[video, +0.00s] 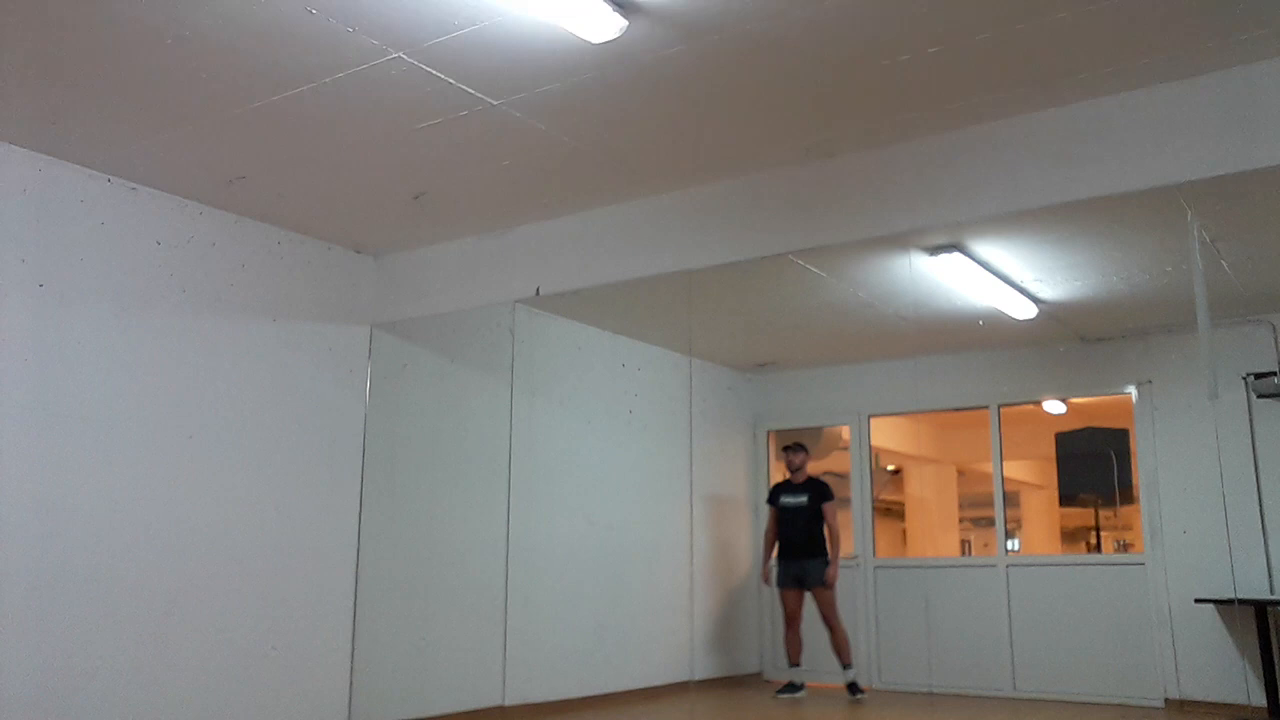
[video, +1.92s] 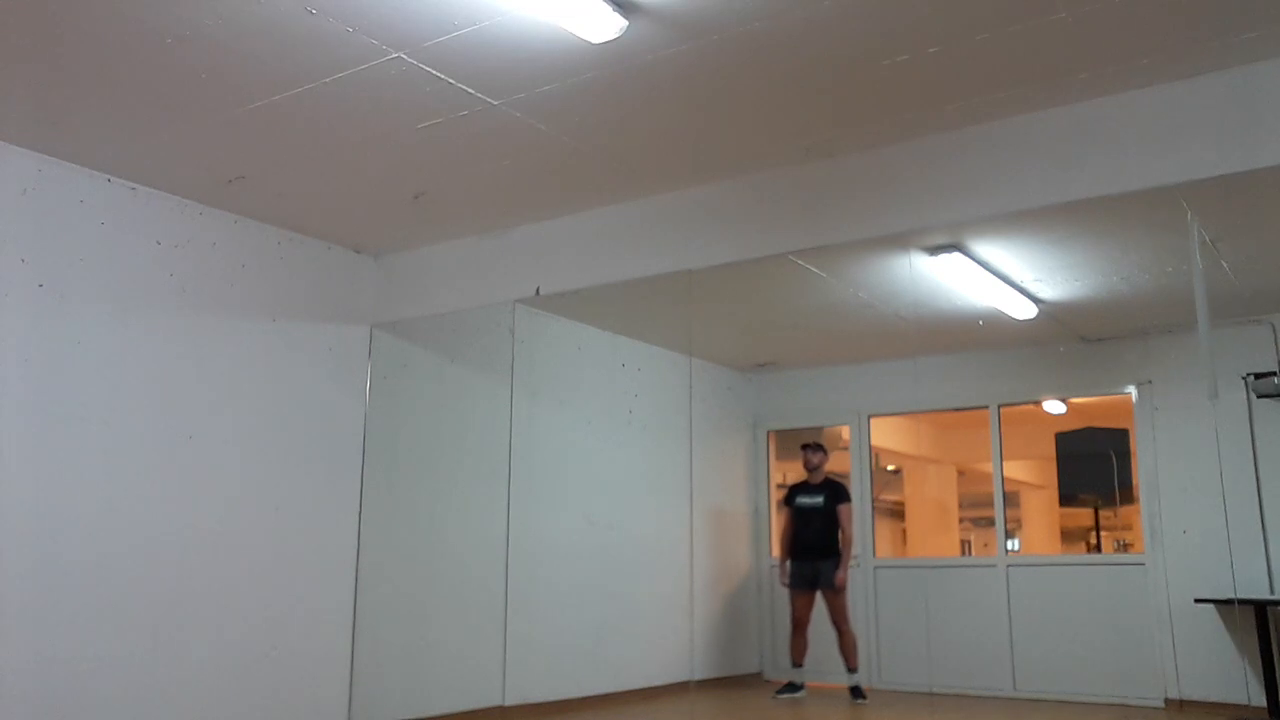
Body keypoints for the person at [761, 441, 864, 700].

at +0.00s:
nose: (791, 458)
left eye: (796, 453)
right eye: (788, 454)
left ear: (806, 457)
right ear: (784, 459)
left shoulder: (820, 488)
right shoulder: (778, 491)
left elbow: (832, 526)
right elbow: (772, 528)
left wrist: (834, 562)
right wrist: (766, 562)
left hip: (816, 562)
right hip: (788, 563)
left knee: (831, 620)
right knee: (791, 621)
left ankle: (850, 677)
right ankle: (796, 679)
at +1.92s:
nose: (811, 459)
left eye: (816, 454)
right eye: (807, 454)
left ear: (825, 459)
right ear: (803, 460)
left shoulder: (837, 490)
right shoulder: (794, 492)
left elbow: (846, 531)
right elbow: (787, 528)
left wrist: (843, 567)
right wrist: (783, 562)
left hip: (829, 563)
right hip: (800, 564)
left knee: (841, 623)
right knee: (798, 623)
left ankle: (854, 681)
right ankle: (796, 680)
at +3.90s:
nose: (811, 458)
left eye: (817, 454)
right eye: (808, 454)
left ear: (827, 459)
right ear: (804, 459)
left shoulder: (838, 490)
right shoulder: (795, 491)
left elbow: (846, 532)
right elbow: (788, 528)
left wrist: (843, 567)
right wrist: (784, 562)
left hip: (830, 563)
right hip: (800, 564)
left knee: (842, 623)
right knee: (799, 623)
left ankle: (854, 681)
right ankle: (796, 680)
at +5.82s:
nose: (809, 461)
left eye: (814, 456)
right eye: (805, 457)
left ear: (825, 459)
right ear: (802, 462)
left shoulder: (838, 490)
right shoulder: (796, 491)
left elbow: (846, 531)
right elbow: (788, 528)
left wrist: (843, 566)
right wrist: (785, 562)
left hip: (830, 563)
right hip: (801, 564)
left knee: (842, 624)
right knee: (799, 624)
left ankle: (854, 682)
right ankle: (796, 680)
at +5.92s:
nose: (810, 461)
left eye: (815, 456)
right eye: (806, 457)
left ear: (825, 459)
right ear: (802, 461)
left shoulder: (839, 490)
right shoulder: (796, 491)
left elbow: (847, 530)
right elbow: (788, 528)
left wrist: (843, 566)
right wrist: (785, 562)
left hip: (831, 564)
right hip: (801, 564)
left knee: (842, 623)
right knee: (799, 624)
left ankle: (854, 682)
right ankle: (796, 680)